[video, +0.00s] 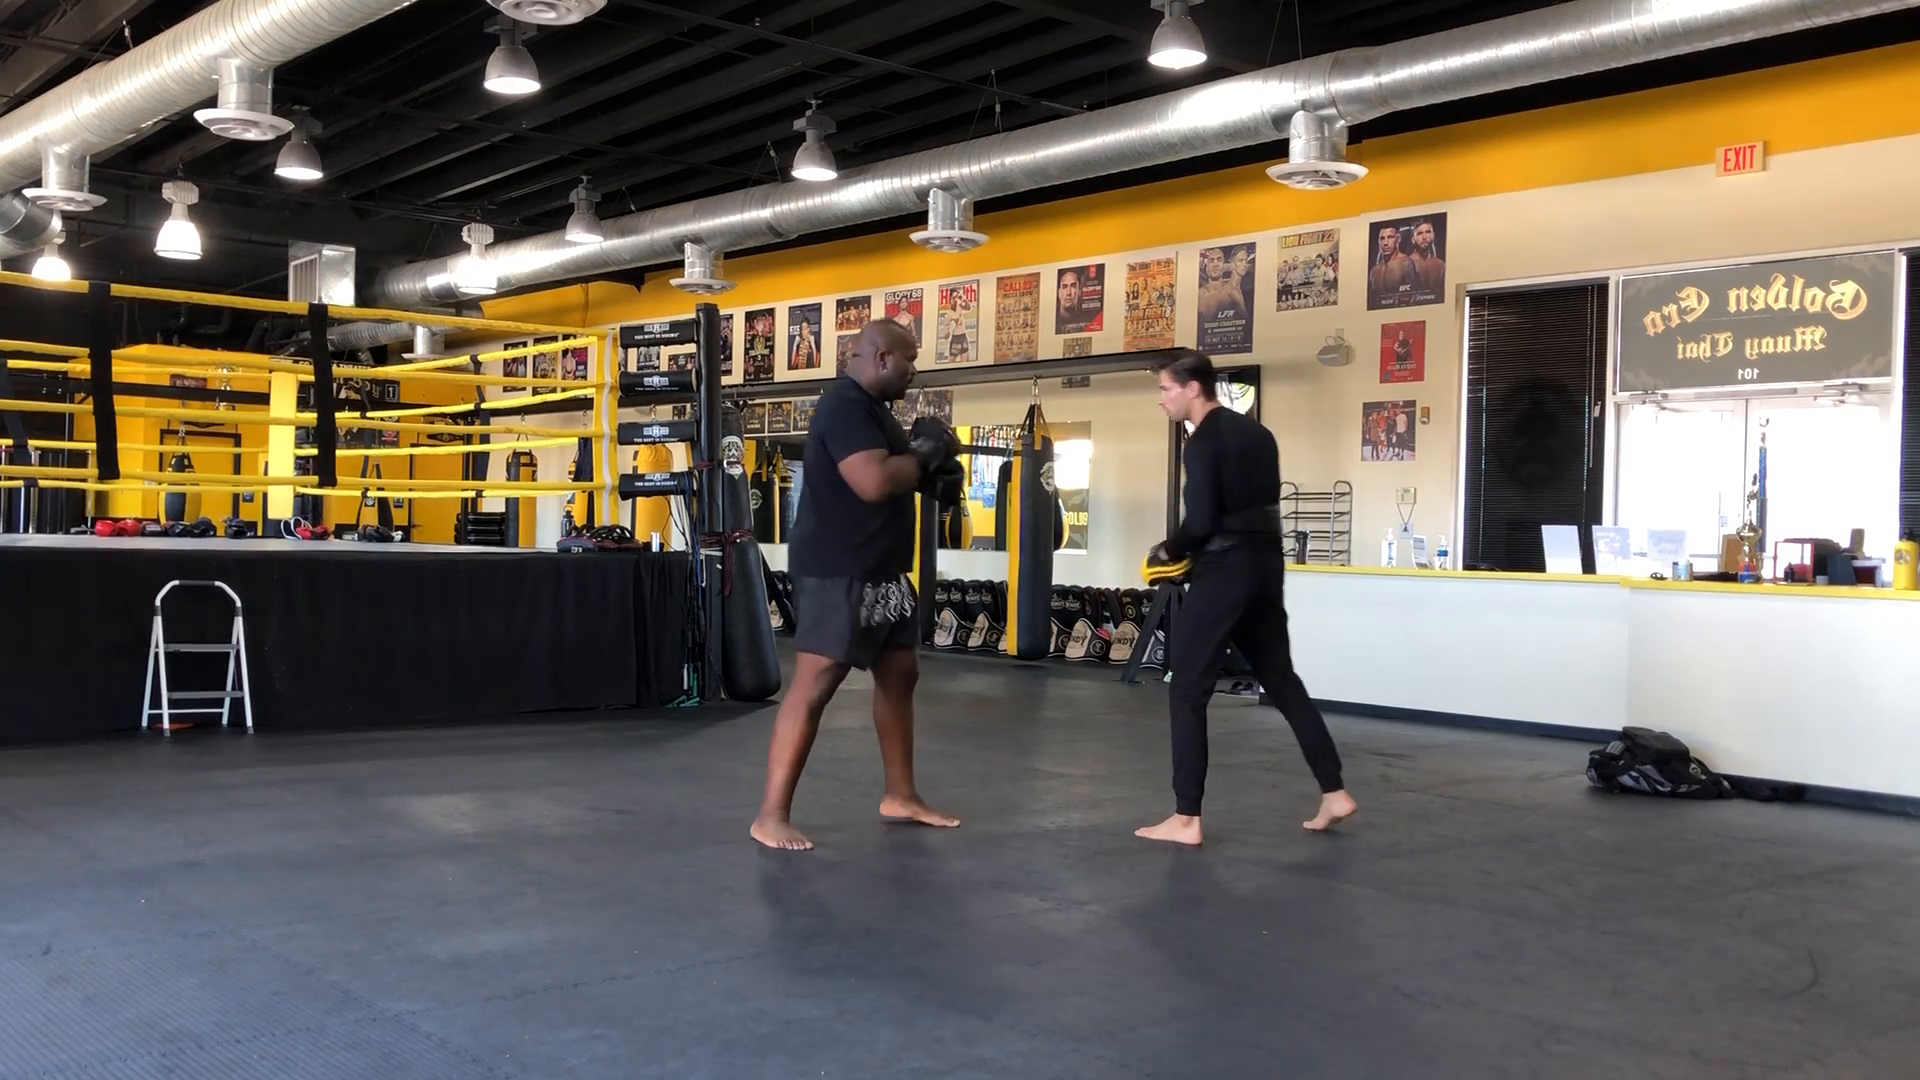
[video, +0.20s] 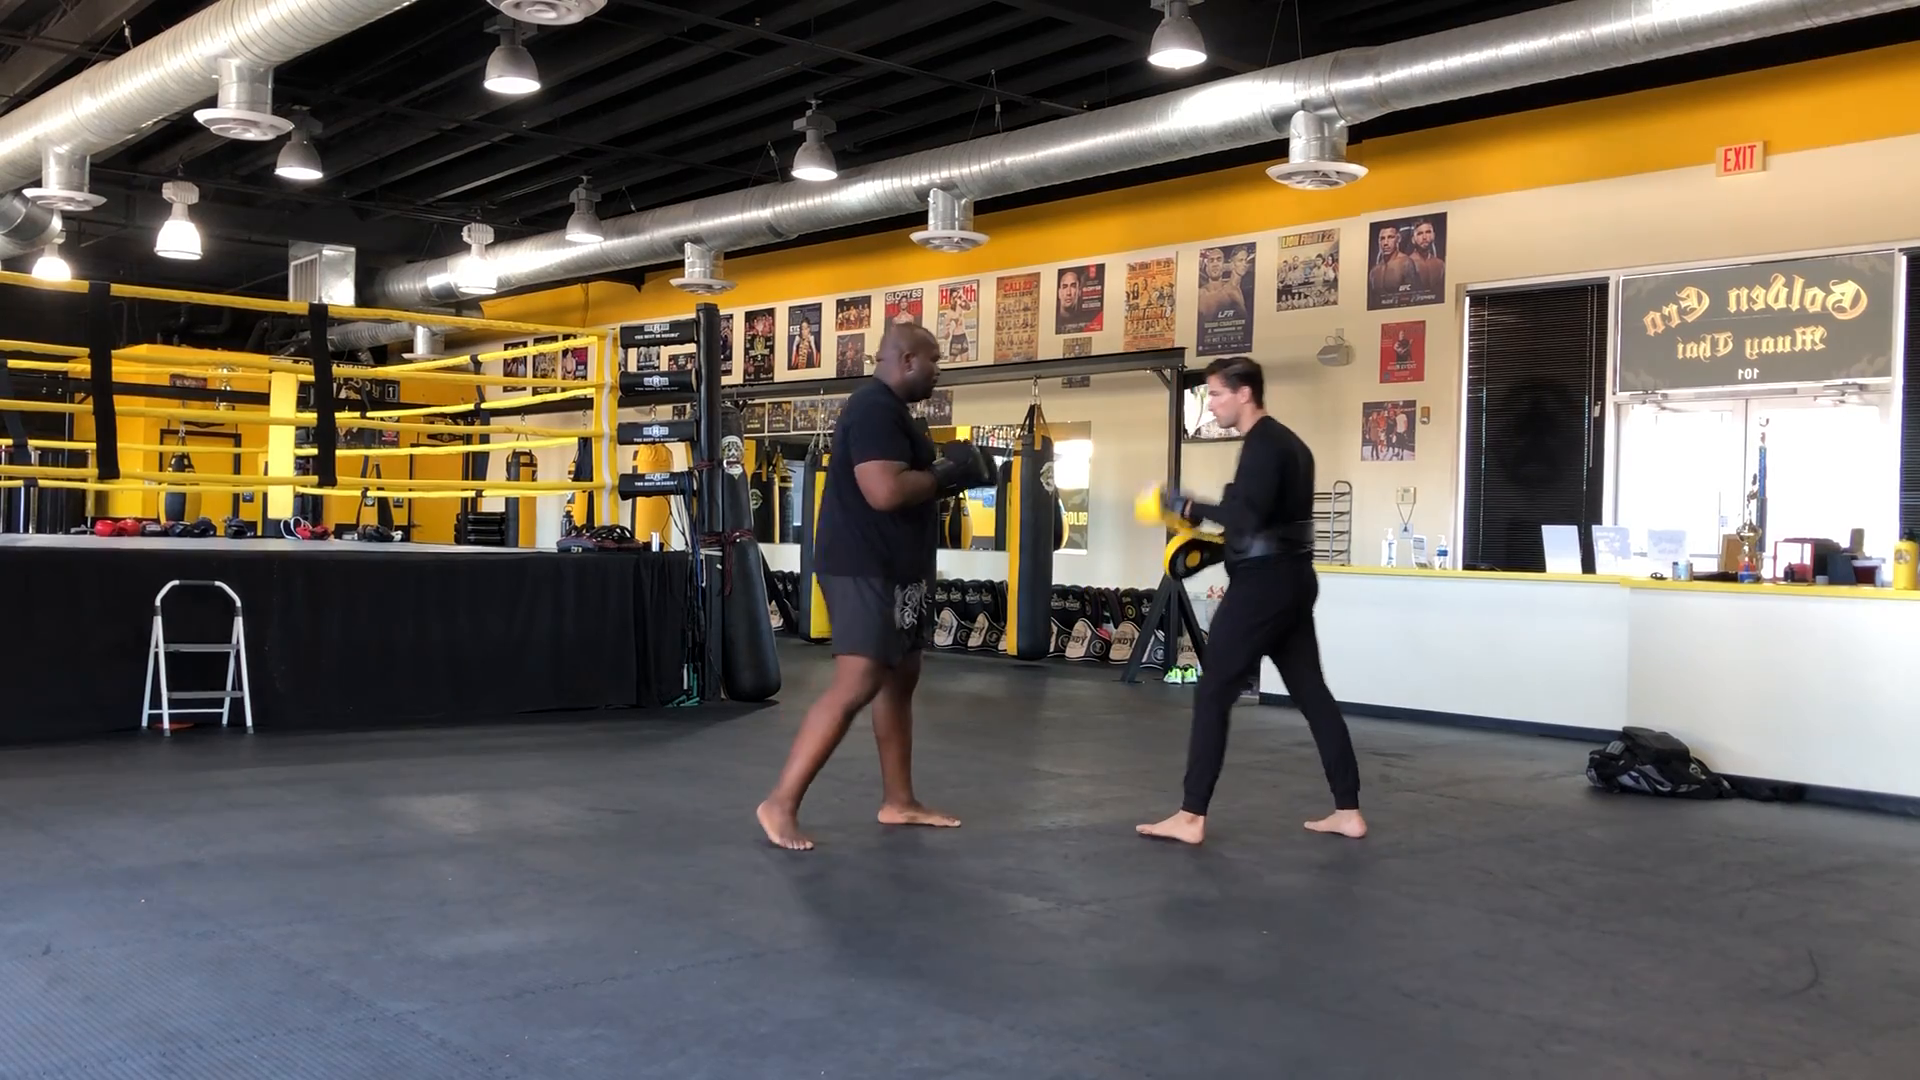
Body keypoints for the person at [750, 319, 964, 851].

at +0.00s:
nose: (913, 370)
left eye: (913, 361)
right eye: (908, 360)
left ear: (878, 357)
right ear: (879, 357)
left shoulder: (878, 414)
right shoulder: (842, 405)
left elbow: (901, 473)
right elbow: (873, 481)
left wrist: (927, 467)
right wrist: (922, 455)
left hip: (883, 573)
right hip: (836, 574)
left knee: (899, 675)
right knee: (811, 687)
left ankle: (900, 796)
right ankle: (771, 818)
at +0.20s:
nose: (937, 375)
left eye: (937, 364)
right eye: (932, 363)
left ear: (902, 359)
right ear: (904, 359)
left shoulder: (901, 416)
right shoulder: (872, 406)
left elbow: (910, 486)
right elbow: (884, 489)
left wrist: (951, 470)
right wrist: (945, 473)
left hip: (900, 568)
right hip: (861, 568)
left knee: (900, 676)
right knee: (859, 678)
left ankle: (899, 801)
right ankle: (779, 805)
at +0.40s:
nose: (955, 373)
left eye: (956, 364)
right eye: (951, 362)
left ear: (918, 360)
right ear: (921, 359)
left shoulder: (919, 419)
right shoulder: (884, 403)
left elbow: (938, 491)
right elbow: (909, 478)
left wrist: (982, 463)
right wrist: (965, 448)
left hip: (908, 566)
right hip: (872, 562)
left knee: (907, 677)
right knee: (888, 674)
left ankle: (899, 801)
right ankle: (832, 805)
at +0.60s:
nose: (959, 387)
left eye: (961, 378)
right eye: (956, 376)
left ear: (924, 369)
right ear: (928, 370)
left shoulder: (916, 422)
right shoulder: (889, 414)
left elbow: (949, 480)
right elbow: (943, 483)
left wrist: (993, 457)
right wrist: (985, 442)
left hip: (922, 580)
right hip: (877, 579)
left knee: (970, 665)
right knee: (891, 689)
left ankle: (923, 777)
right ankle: (828, 816)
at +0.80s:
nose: (981, 385)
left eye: (982, 376)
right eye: (977, 375)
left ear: (948, 370)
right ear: (948, 370)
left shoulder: (954, 425)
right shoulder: (899, 417)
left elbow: (972, 479)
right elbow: (942, 480)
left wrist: (1013, 445)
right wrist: (985, 434)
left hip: (947, 578)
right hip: (895, 579)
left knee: (978, 674)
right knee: (884, 689)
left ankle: (978, 791)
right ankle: (829, 815)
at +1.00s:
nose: (1006, 384)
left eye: (1007, 375)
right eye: (1001, 374)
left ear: (975, 372)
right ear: (968, 372)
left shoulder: (993, 419)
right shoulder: (919, 415)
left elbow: (1042, 456)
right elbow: (945, 473)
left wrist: (1095, 442)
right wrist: (995, 431)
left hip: (968, 574)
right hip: (911, 571)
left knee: (985, 677)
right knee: (902, 678)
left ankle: (978, 796)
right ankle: (850, 805)